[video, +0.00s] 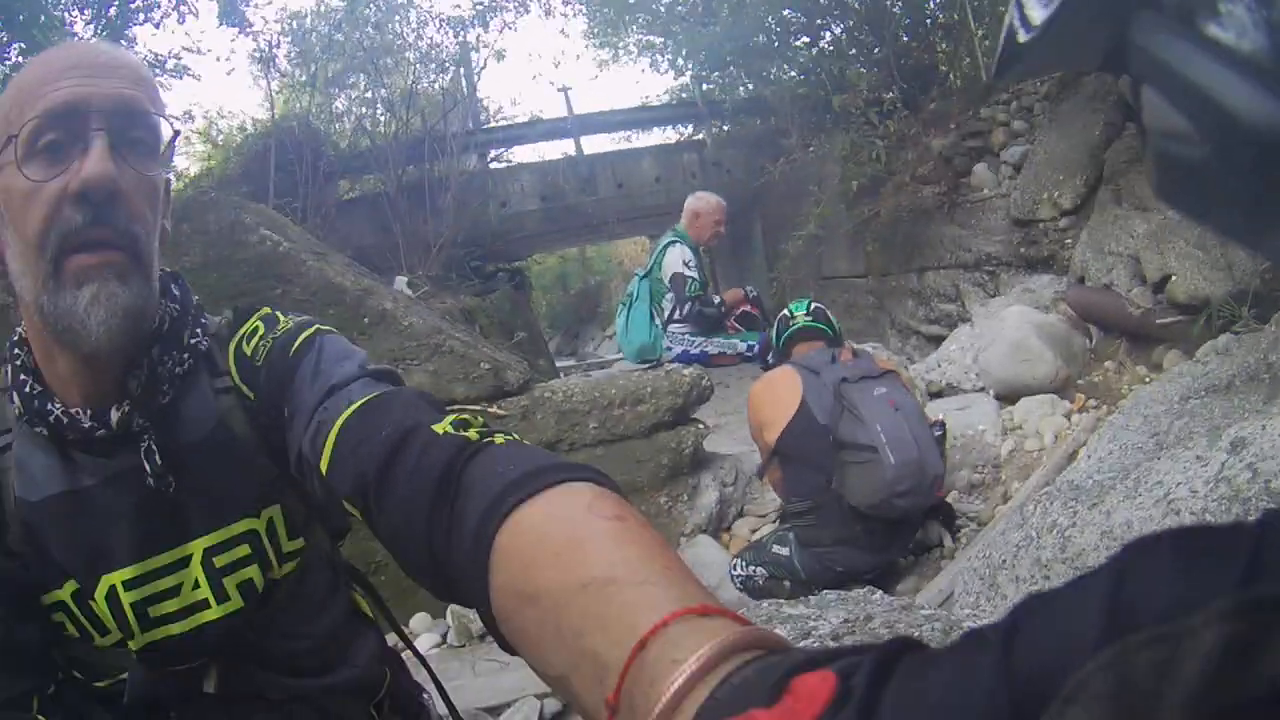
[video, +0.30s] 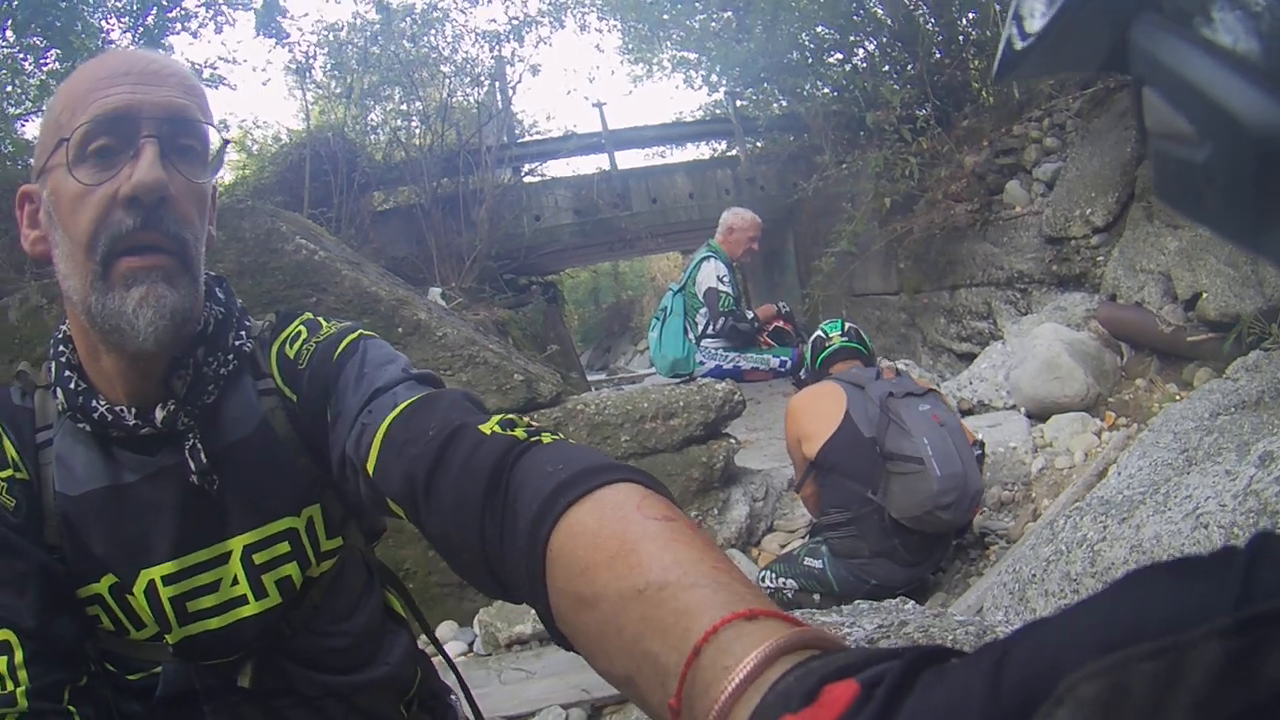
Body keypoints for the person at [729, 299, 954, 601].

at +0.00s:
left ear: (778, 347)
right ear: (837, 338)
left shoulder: (765, 390)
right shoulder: (883, 368)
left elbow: (778, 481)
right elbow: (923, 439)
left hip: (827, 552)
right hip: (899, 535)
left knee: (742, 571)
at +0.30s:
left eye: (805, 365)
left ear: (812, 366)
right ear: (868, 354)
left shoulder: (803, 405)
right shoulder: (912, 386)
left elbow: (811, 497)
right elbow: (971, 446)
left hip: (872, 571)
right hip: (935, 551)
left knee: (765, 582)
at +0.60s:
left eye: (803, 338)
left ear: (812, 339)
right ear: (866, 330)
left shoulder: (805, 375)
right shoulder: (897, 357)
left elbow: (805, 464)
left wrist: (830, 503)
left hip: (873, 535)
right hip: (931, 518)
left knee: (766, 550)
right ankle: (908, 560)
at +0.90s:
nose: (787, 354)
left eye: (789, 347)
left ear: (798, 346)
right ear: (849, 337)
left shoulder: (795, 383)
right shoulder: (881, 363)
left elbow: (793, 472)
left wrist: (815, 511)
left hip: (865, 541)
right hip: (921, 522)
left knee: (752, 559)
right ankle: (897, 566)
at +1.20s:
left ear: (664, 303)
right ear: (725, 286)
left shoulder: (667, 338)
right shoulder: (757, 312)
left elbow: (668, 424)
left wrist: (695, 461)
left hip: (739, 495)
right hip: (799, 476)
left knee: (626, 519)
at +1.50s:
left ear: (654, 257)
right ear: (714, 240)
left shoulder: (650, 293)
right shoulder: (746, 264)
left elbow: (660, 383)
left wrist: (678, 418)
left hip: (730, 453)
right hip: (790, 432)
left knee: (627, 471)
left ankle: (727, 499)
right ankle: (770, 476)